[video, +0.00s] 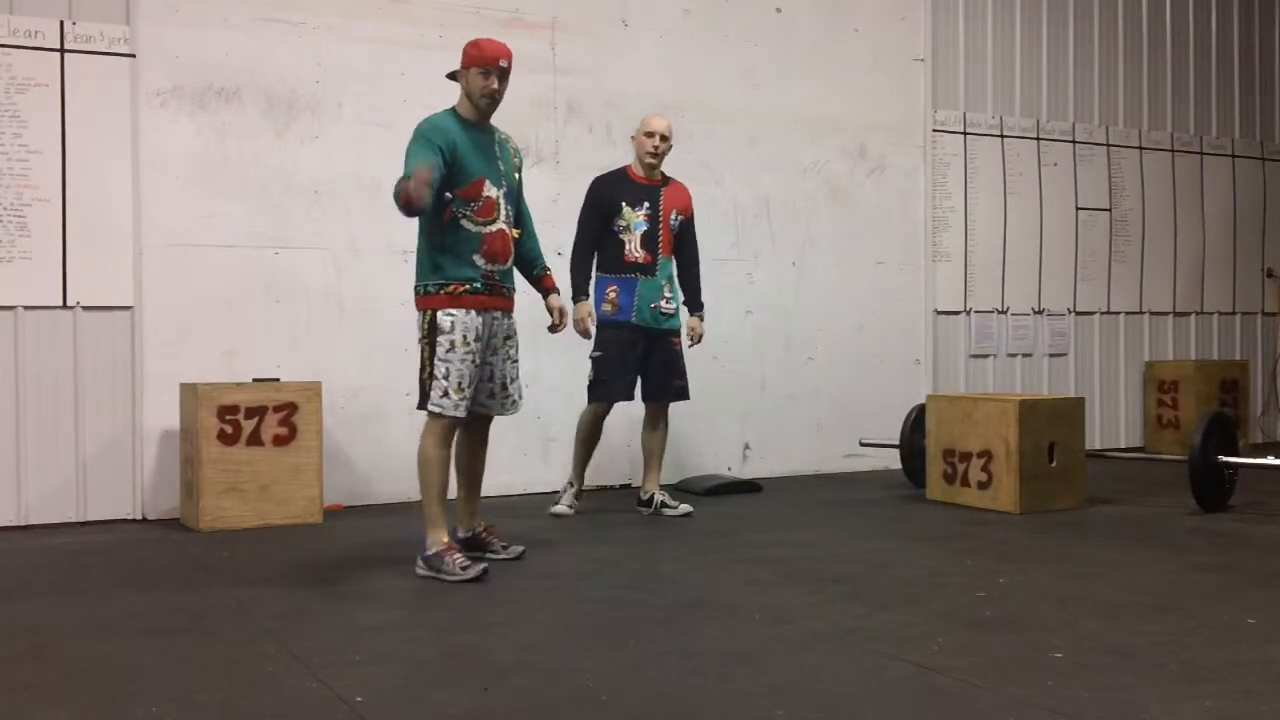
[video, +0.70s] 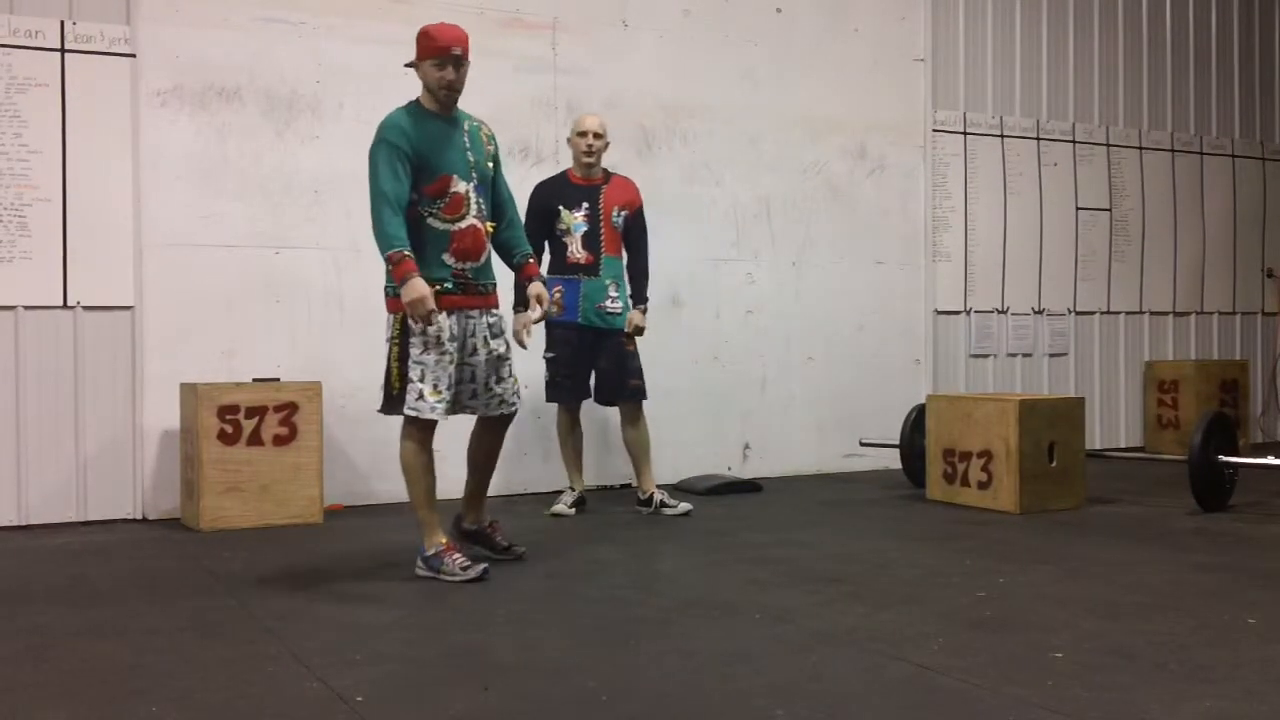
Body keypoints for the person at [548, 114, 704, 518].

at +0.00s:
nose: (657, 144)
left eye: (664, 139)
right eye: (650, 136)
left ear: (670, 146)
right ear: (634, 140)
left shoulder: (679, 195)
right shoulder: (606, 187)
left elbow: (687, 259)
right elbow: (582, 247)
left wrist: (695, 311)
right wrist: (580, 299)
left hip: (663, 319)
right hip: (615, 317)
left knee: (658, 406)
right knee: (600, 403)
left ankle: (650, 491)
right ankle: (573, 485)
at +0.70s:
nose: (591, 142)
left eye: (598, 136)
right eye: (584, 135)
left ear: (607, 144)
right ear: (571, 141)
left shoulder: (625, 190)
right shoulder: (547, 192)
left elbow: (638, 253)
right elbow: (529, 254)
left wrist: (639, 306)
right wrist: (521, 306)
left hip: (614, 318)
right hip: (565, 319)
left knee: (631, 404)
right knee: (568, 406)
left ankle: (648, 491)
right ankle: (575, 489)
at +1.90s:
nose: (652, 140)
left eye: (658, 134)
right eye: (644, 133)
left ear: (665, 142)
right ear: (628, 139)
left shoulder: (676, 191)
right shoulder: (601, 187)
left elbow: (686, 251)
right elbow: (580, 247)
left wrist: (697, 304)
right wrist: (579, 300)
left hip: (658, 315)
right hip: (610, 314)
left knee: (654, 403)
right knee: (594, 401)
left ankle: (647, 488)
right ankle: (579, 486)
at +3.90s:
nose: (644, 133)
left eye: (649, 126)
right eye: (636, 126)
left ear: (657, 132)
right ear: (619, 132)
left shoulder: (671, 182)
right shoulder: (596, 182)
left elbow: (681, 246)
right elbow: (581, 250)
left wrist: (685, 300)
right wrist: (585, 306)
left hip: (659, 314)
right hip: (613, 314)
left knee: (654, 404)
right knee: (617, 405)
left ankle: (648, 492)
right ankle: (616, 492)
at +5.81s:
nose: (654, 133)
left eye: (659, 127)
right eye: (645, 127)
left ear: (665, 132)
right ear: (627, 133)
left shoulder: (677, 183)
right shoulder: (602, 182)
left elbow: (688, 246)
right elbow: (586, 248)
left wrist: (696, 299)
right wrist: (591, 305)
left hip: (662, 315)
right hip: (616, 315)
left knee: (656, 405)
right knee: (619, 407)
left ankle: (648, 492)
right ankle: (617, 492)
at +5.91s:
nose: (661, 138)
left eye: (667, 131)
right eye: (653, 131)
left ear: (673, 134)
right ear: (633, 132)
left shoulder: (681, 182)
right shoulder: (606, 182)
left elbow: (690, 247)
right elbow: (586, 249)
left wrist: (696, 302)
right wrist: (590, 308)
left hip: (661, 315)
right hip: (616, 315)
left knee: (656, 405)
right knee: (619, 406)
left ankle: (648, 492)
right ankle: (617, 493)